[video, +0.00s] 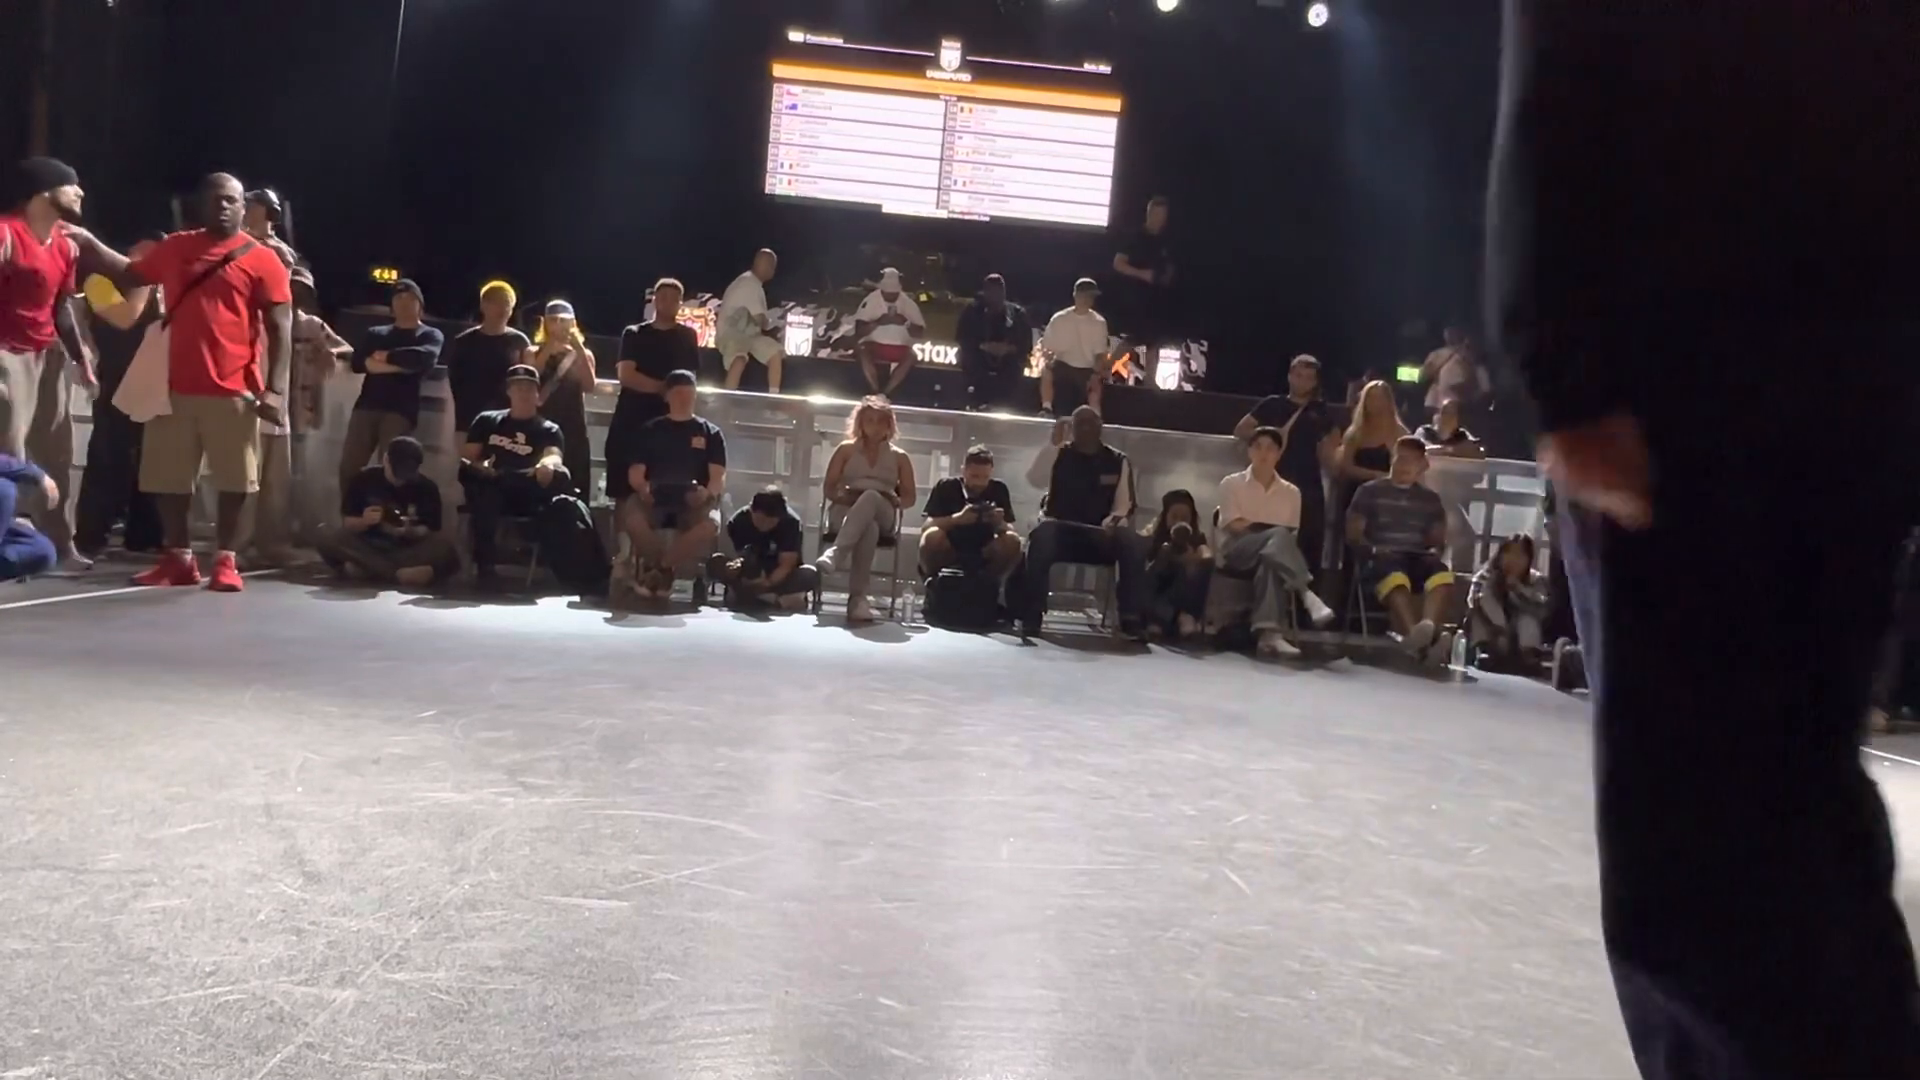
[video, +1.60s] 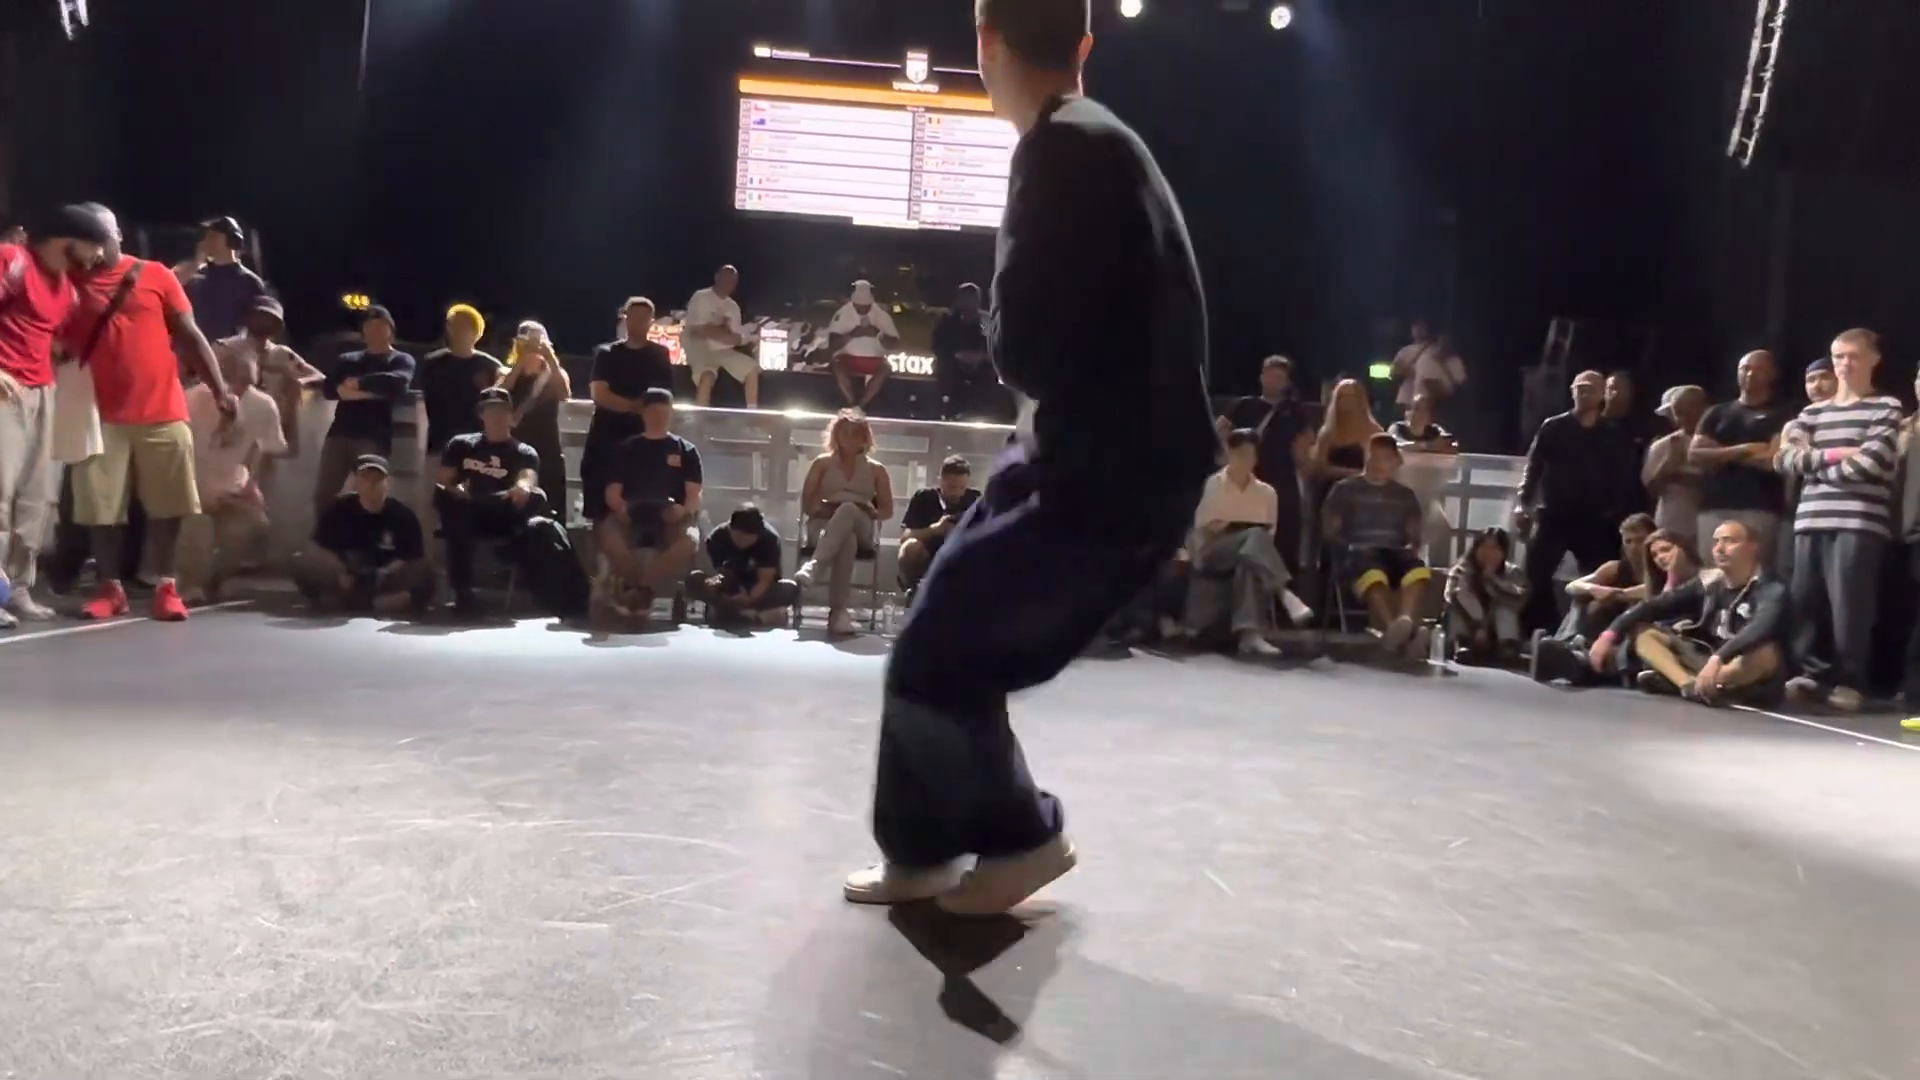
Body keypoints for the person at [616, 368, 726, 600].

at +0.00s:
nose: (683, 397)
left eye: (688, 391)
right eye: (678, 392)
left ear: (695, 395)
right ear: (667, 396)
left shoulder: (710, 432)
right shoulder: (649, 430)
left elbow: (717, 477)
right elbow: (635, 472)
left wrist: (706, 494)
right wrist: (645, 490)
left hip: (692, 493)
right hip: (656, 491)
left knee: (707, 527)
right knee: (633, 515)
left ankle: (658, 570)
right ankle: (663, 572)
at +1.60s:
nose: (658, 416)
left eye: (663, 409)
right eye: (653, 410)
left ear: (670, 412)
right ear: (643, 413)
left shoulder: (686, 451)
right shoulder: (623, 449)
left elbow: (694, 497)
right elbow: (612, 492)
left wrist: (681, 512)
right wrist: (627, 513)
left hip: (670, 512)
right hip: (632, 511)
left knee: (689, 541)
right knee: (608, 530)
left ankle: (642, 586)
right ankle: (639, 588)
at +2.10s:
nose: (655, 417)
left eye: (660, 411)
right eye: (650, 411)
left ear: (667, 415)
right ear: (639, 414)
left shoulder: (683, 451)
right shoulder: (622, 450)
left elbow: (692, 495)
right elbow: (610, 493)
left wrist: (682, 512)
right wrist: (622, 514)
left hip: (668, 513)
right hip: (632, 512)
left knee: (687, 543)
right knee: (607, 535)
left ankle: (644, 589)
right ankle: (639, 590)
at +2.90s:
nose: (664, 435)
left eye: (668, 430)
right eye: (658, 430)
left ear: (675, 433)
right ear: (647, 433)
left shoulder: (691, 468)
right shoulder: (631, 468)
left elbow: (701, 512)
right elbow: (619, 512)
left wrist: (691, 528)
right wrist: (630, 530)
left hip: (677, 530)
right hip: (641, 529)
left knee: (696, 560)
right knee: (615, 553)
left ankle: (650, 608)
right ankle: (651, 607)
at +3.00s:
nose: (665, 436)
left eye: (670, 431)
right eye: (659, 431)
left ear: (676, 434)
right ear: (648, 434)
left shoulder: (693, 470)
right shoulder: (632, 470)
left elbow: (702, 512)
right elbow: (621, 512)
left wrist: (692, 529)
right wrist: (630, 532)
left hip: (678, 531)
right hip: (642, 530)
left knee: (697, 560)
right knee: (616, 555)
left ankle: (652, 609)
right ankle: (651, 608)